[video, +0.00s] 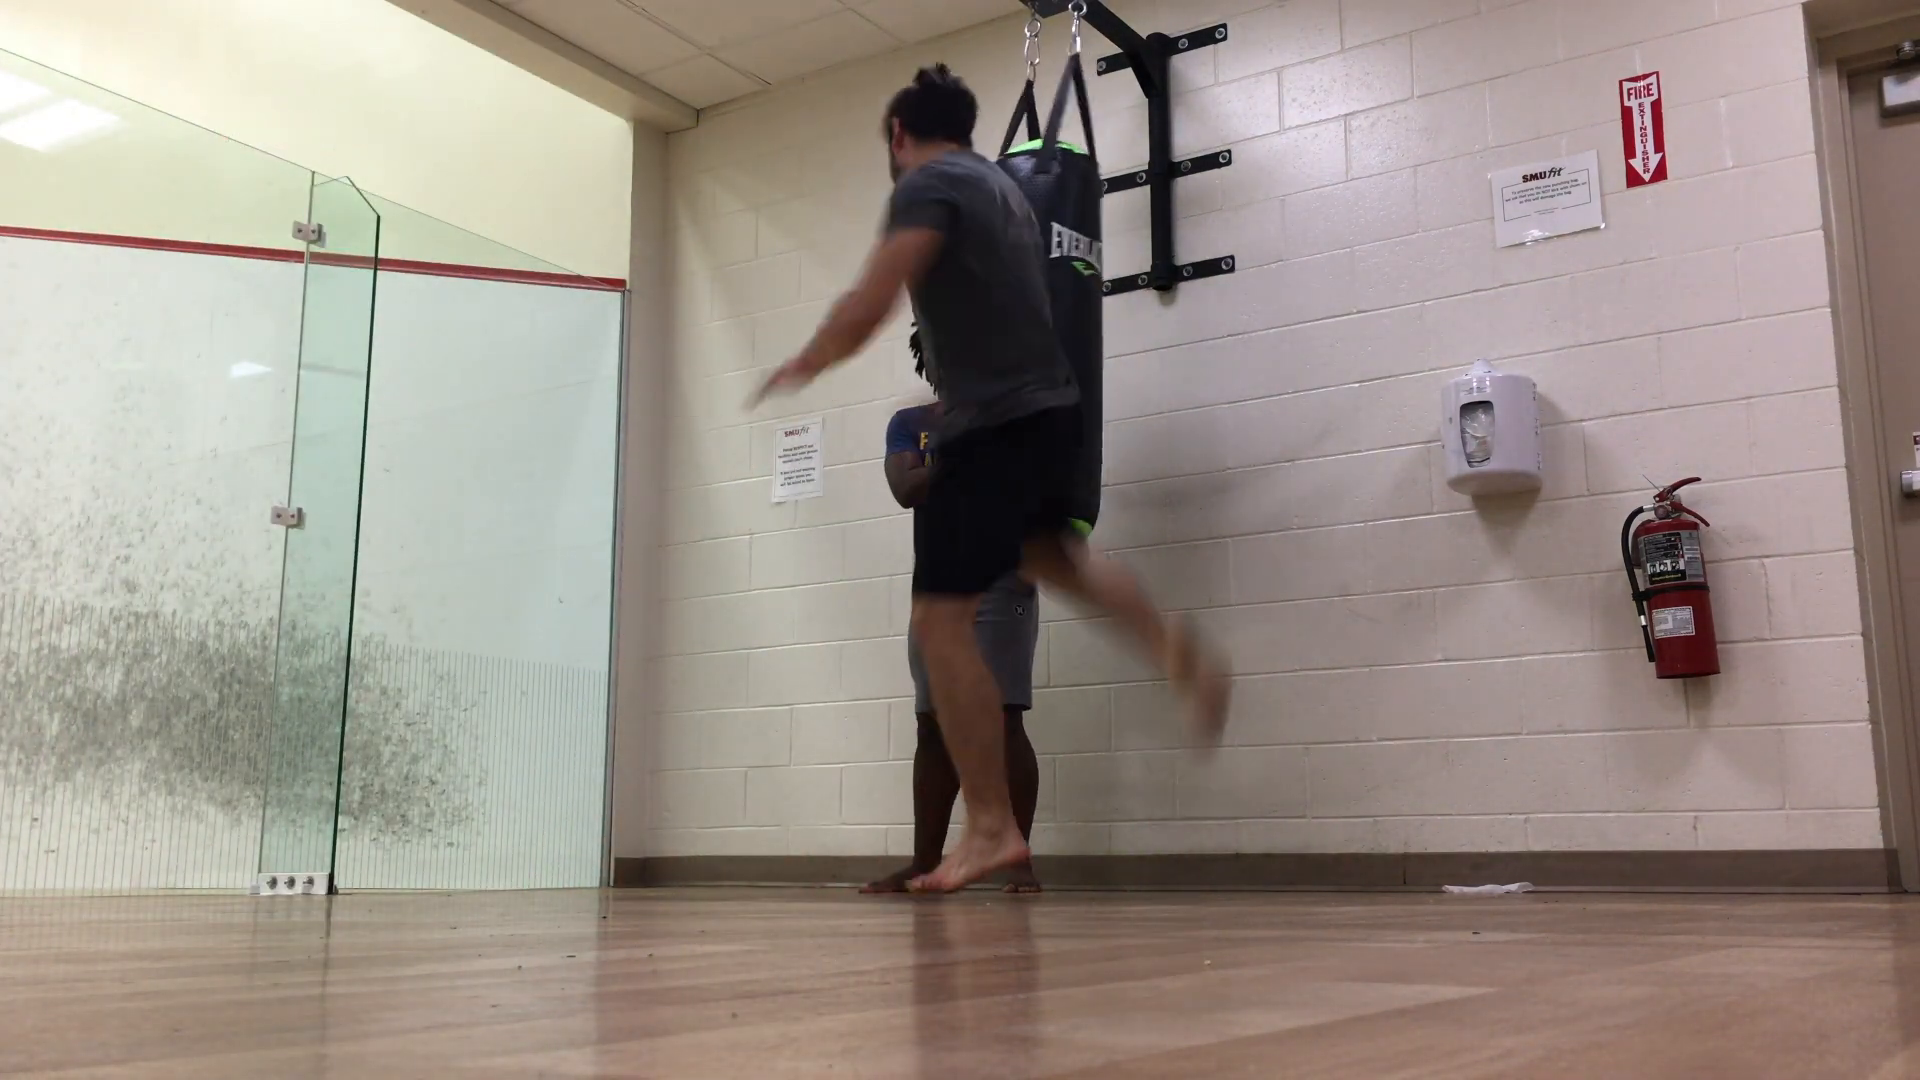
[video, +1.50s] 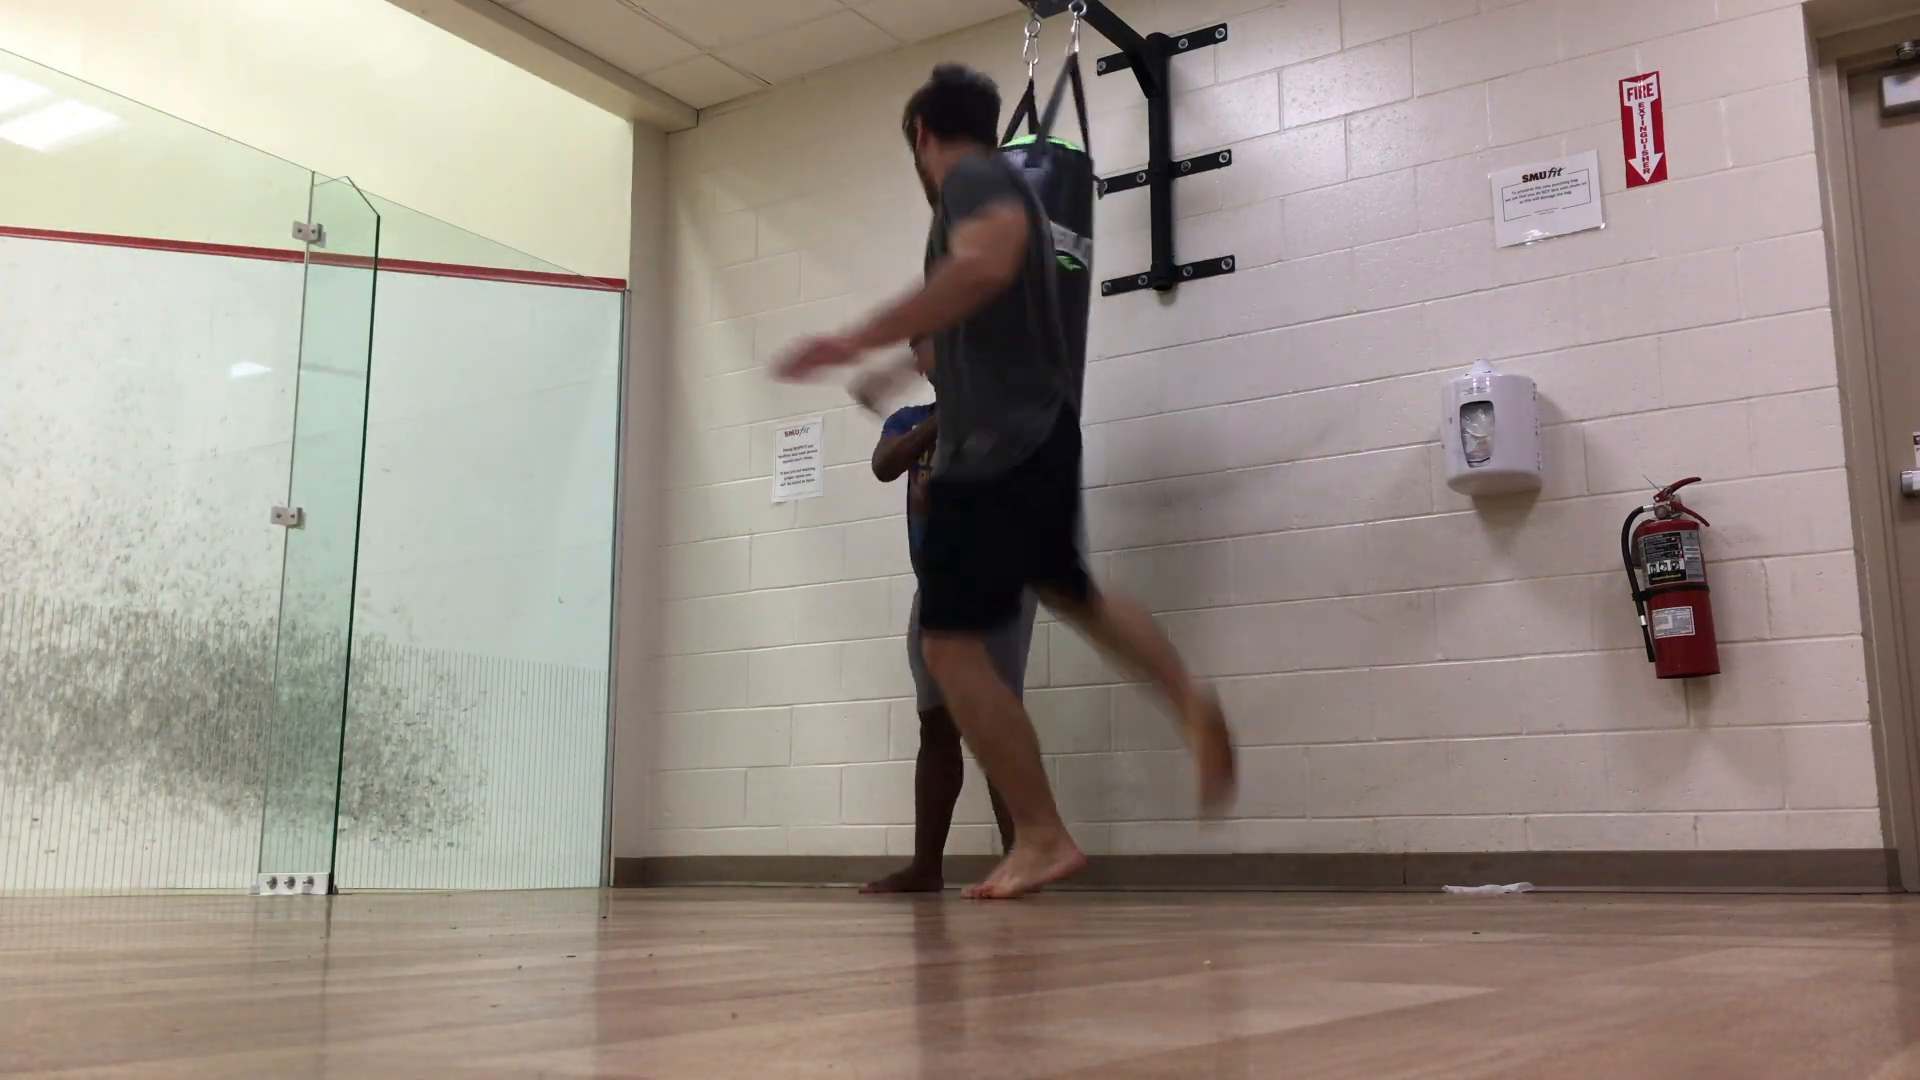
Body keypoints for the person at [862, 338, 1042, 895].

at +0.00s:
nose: (937, 363)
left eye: (944, 351)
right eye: (929, 353)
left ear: (977, 359)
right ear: (925, 363)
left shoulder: (1013, 424)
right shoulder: (910, 422)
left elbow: (1043, 491)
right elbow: (904, 490)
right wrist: (960, 460)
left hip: (1008, 593)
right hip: (939, 596)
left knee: (1005, 723)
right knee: (933, 726)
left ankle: (1019, 857)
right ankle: (927, 859)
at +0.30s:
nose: (937, 382)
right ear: (925, 376)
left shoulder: (1001, 426)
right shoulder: (906, 426)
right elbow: (900, 492)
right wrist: (930, 448)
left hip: (1006, 587)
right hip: (942, 590)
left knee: (1001, 720)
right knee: (935, 727)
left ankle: (1021, 859)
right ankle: (926, 863)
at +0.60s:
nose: (945, 357)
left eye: (955, 347)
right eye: (936, 348)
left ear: (982, 355)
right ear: (930, 359)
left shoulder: (1016, 428)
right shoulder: (919, 419)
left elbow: (1073, 487)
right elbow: (907, 478)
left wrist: (939, 458)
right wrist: (988, 461)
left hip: (1011, 586)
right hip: (946, 586)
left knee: (1006, 723)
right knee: (938, 728)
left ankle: (1015, 859)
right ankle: (927, 859)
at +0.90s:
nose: (938, 355)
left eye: (948, 346)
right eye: (931, 349)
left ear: (973, 355)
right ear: (925, 362)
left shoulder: (1006, 419)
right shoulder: (912, 423)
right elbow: (895, 485)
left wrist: (925, 457)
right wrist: (955, 443)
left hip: (1011, 589)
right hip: (948, 593)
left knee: (1003, 720)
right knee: (939, 727)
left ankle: (1019, 854)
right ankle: (927, 864)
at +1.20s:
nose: (937, 358)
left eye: (946, 348)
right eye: (929, 350)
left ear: (972, 354)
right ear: (921, 360)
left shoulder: (1001, 416)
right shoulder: (910, 420)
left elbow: (1052, 486)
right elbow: (889, 469)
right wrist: (949, 413)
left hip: (998, 602)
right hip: (938, 600)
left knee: (1004, 731)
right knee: (937, 731)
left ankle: (1014, 857)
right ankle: (926, 863)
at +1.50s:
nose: (928, 357)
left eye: (934, 345)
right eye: (922, 348)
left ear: (961, 351)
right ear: (917, 360)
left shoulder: (993, 418)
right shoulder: (912, 418)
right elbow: (883, 465)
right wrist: (946, 413)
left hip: (1001, 593)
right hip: (937, 595)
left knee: (999, 723)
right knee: (937, 729)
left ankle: (1016, 855)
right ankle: (926, 864)